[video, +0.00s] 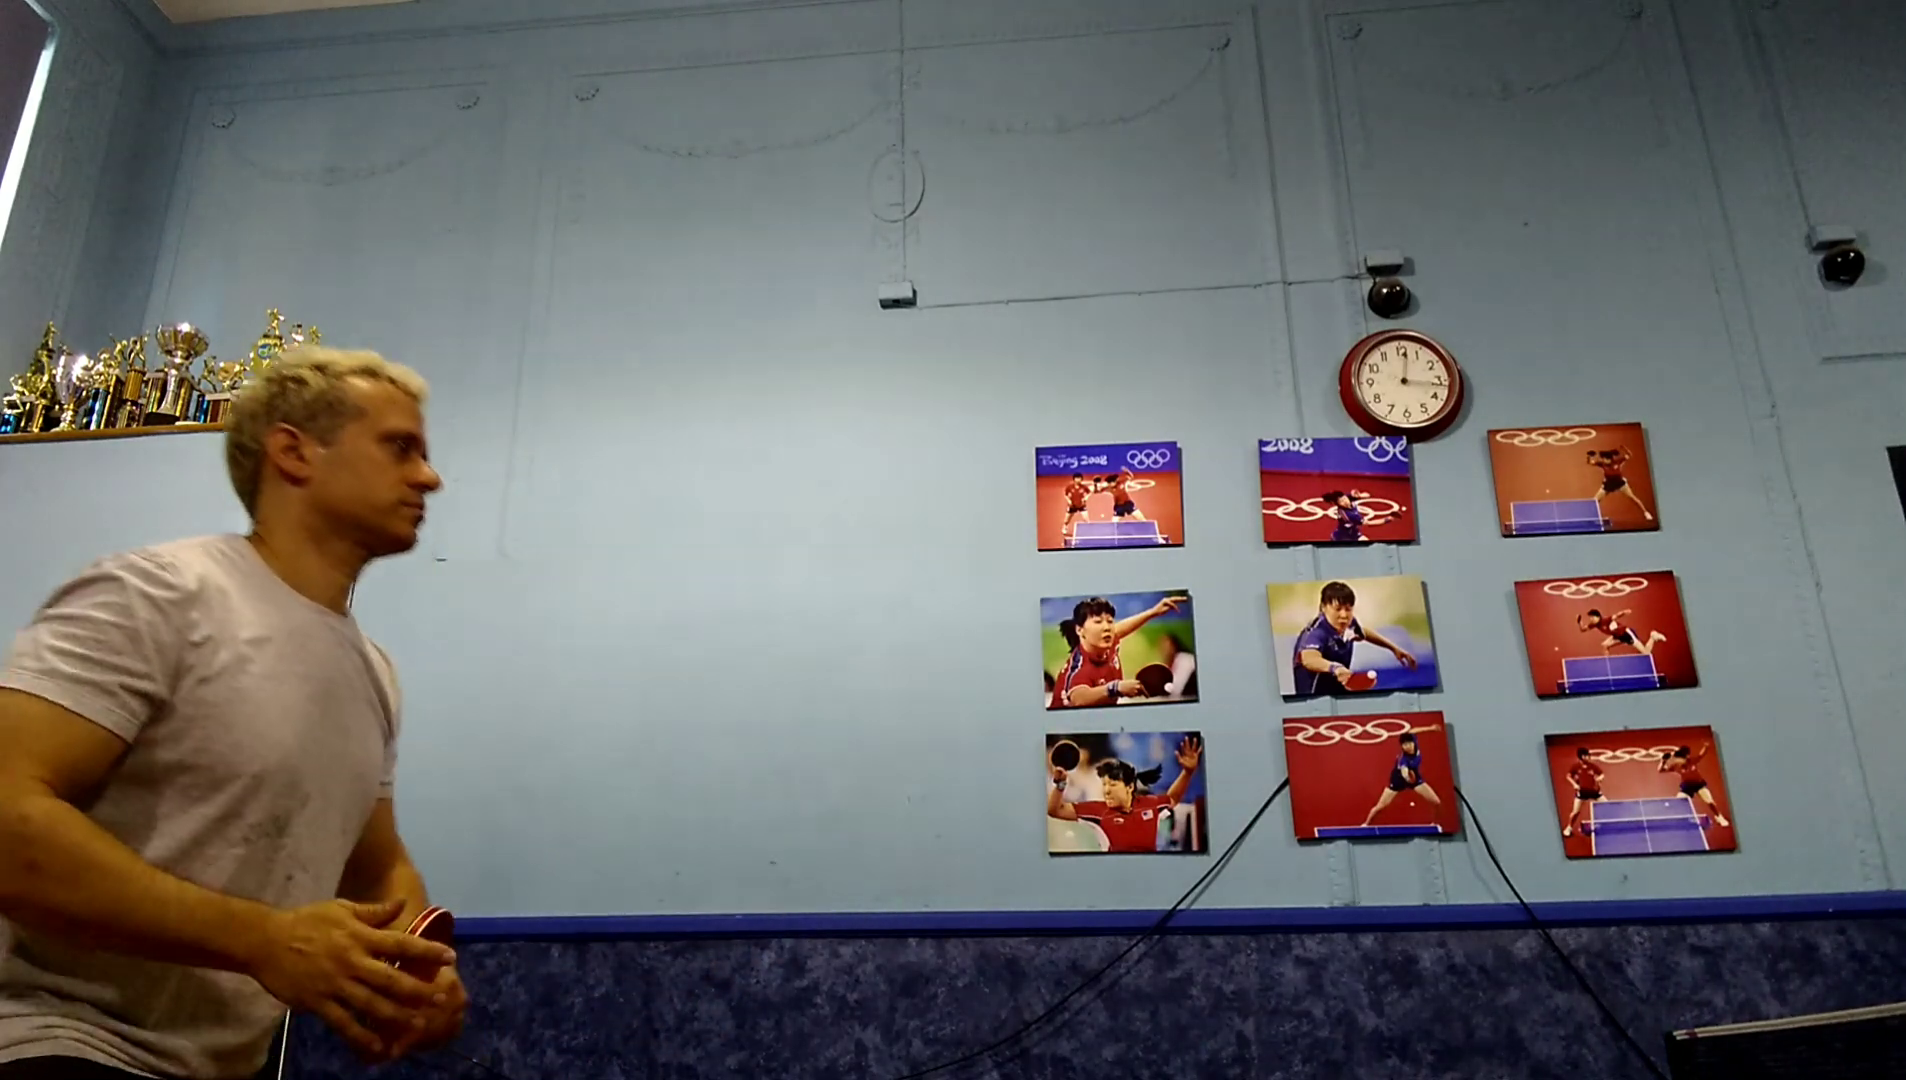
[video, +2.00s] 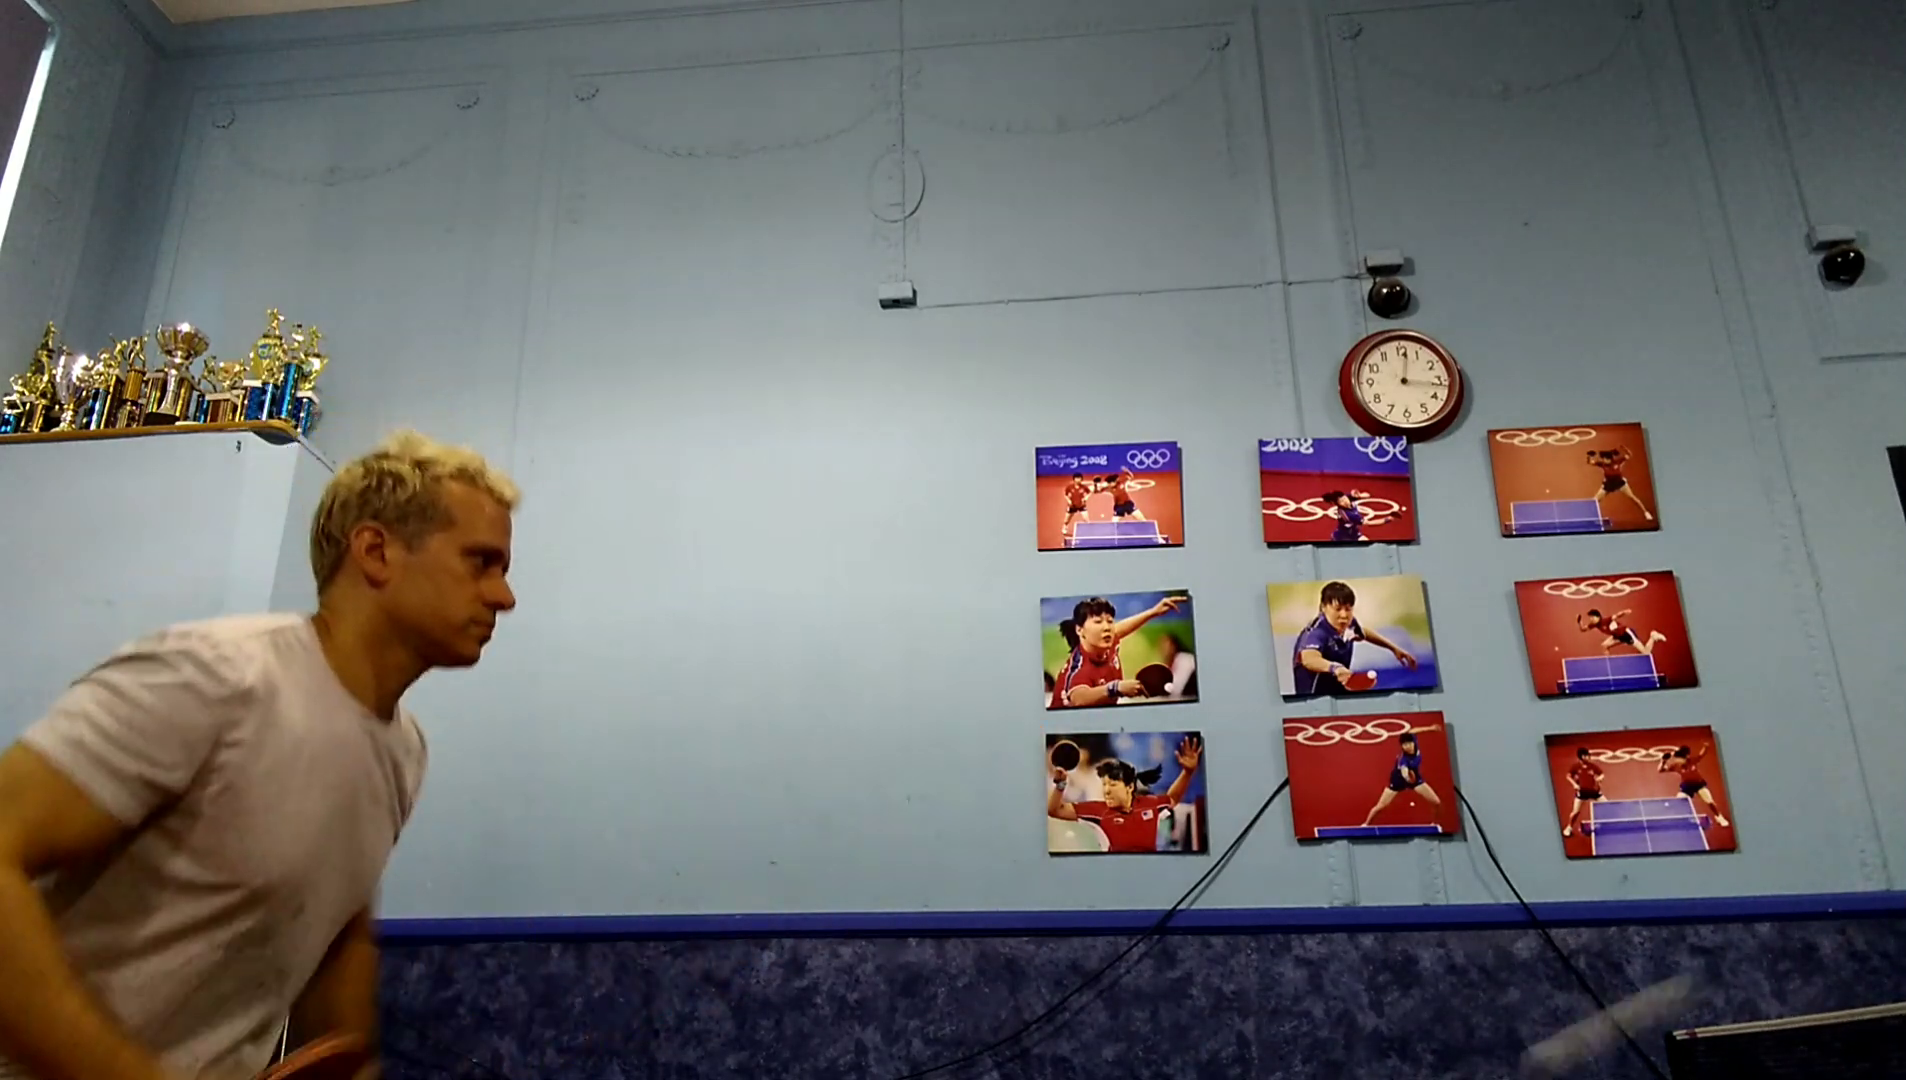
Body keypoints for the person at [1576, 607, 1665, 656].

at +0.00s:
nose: (1590, 620)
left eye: (1591, 618)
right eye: (1590, 618)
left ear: (1597, 617)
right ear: (1593, 618)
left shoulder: (1607, 620)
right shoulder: (1594, 624)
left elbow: (1617, 616)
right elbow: (1583, 630)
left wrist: (1625, 612)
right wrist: (1579, 623)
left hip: (1627, 634)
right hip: (1618, 637)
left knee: (1646, 652)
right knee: (1604, 645)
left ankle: (1653, 636)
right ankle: (1608, 667)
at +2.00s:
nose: (1590, 620)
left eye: (1591, 618)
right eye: (1590, 619)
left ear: (1597, 617)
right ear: (1593, 618)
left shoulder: (1607, 621)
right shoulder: (1594, 625)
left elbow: (1617, 615)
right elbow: (1583, 630)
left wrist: (1625, 612)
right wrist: (1579, 623)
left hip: (1627, 634)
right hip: (1617, 637)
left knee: (1645, 652)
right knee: (1604, 645)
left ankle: (1653, 636)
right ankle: (1609, 667)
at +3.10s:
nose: (1591, 620)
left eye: (1592, 618)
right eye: (1590, 619)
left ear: (1597, 617)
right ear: (1592, 619)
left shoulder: (1607, 620)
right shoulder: (1594, 625)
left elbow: (1617, 615)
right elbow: (1583, 630)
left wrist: (1626, 612)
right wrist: (1579, 623)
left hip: (1627, 633)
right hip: (1617, 636)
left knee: (1645, 652)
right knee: (1604, 645)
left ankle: (1653, 636)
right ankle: (1608, 667)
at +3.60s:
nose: (1591, 620)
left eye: (1591, 618)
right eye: (1590, 619)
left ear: (1597, 617)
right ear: (1593, 618)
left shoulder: (1607, 620)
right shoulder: (1594, 624)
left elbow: (1617, 615)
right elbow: (1583, 630)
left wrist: (1626, 612)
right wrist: (1579, 623)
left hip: (1627, 634)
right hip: (1617, 636)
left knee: (1646, 652)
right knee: (1604, 645)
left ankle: (1653, 636)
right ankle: (1608, 667)